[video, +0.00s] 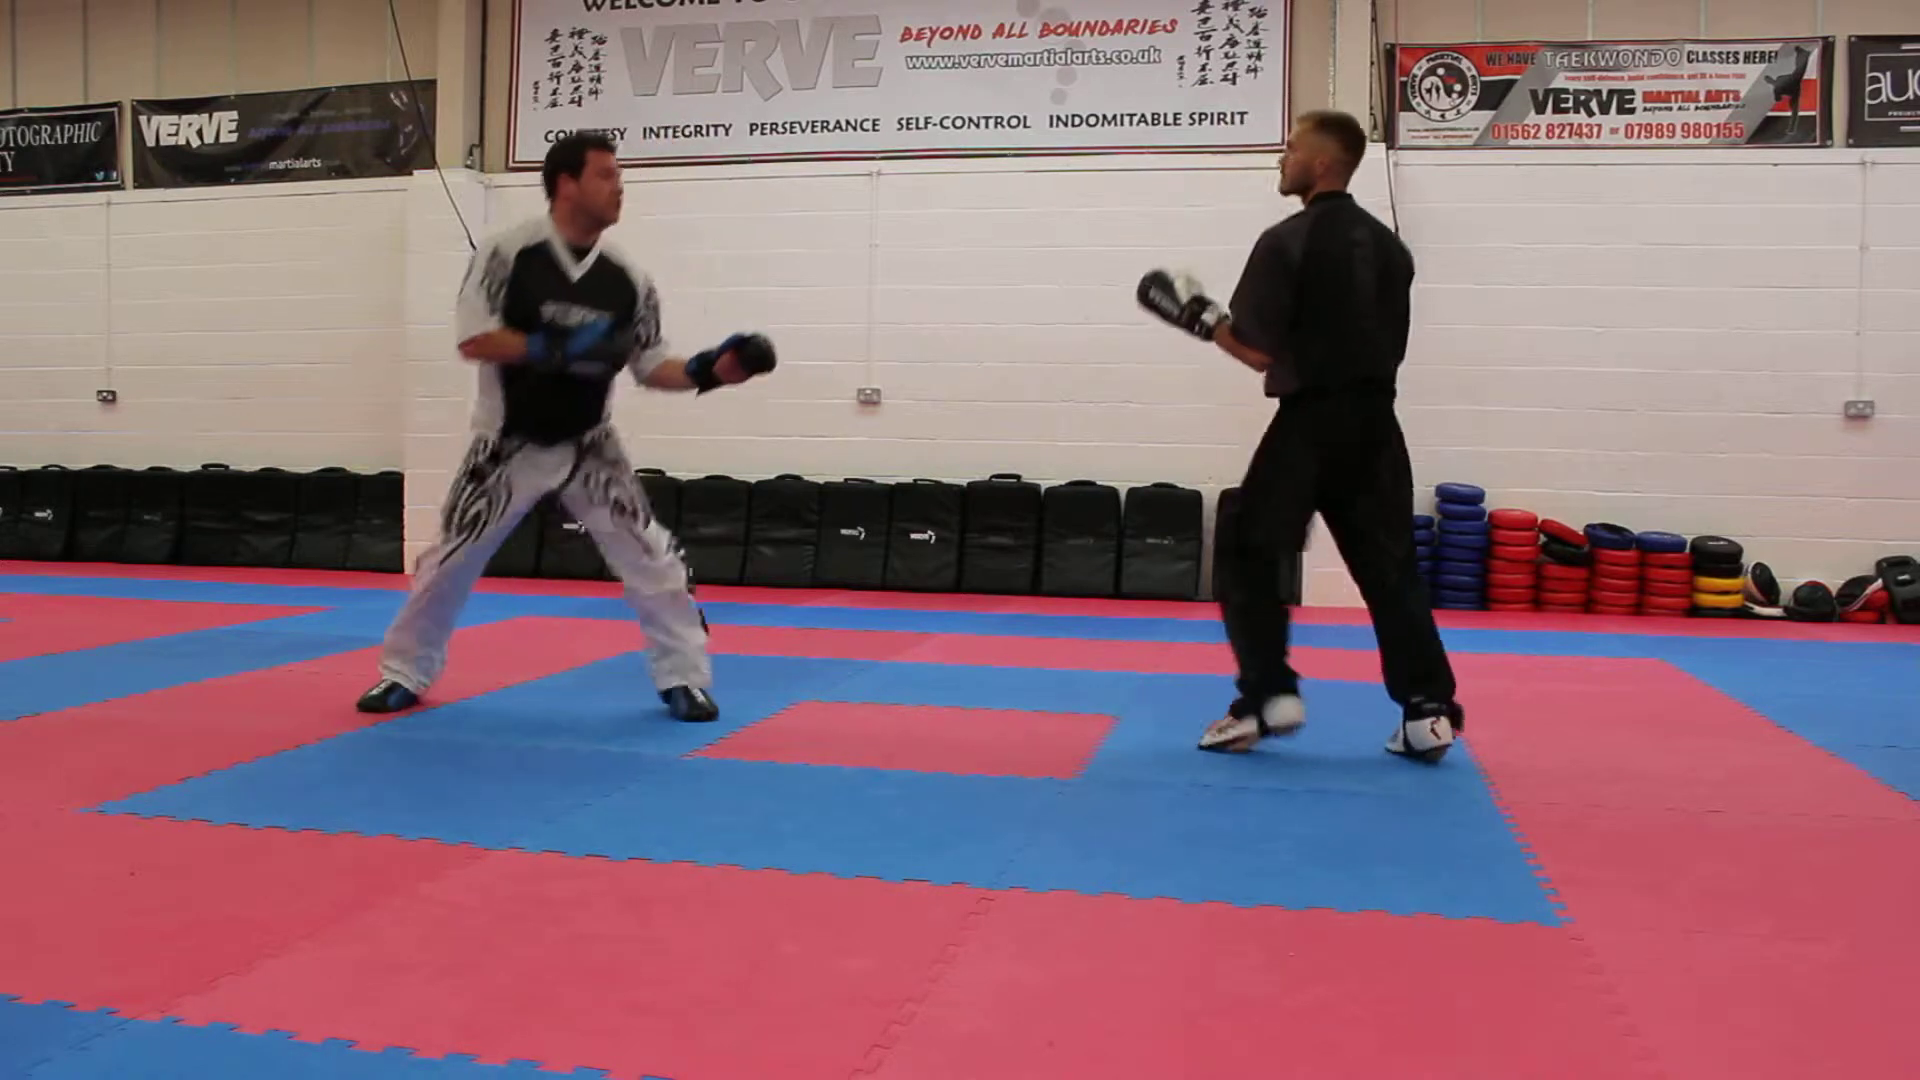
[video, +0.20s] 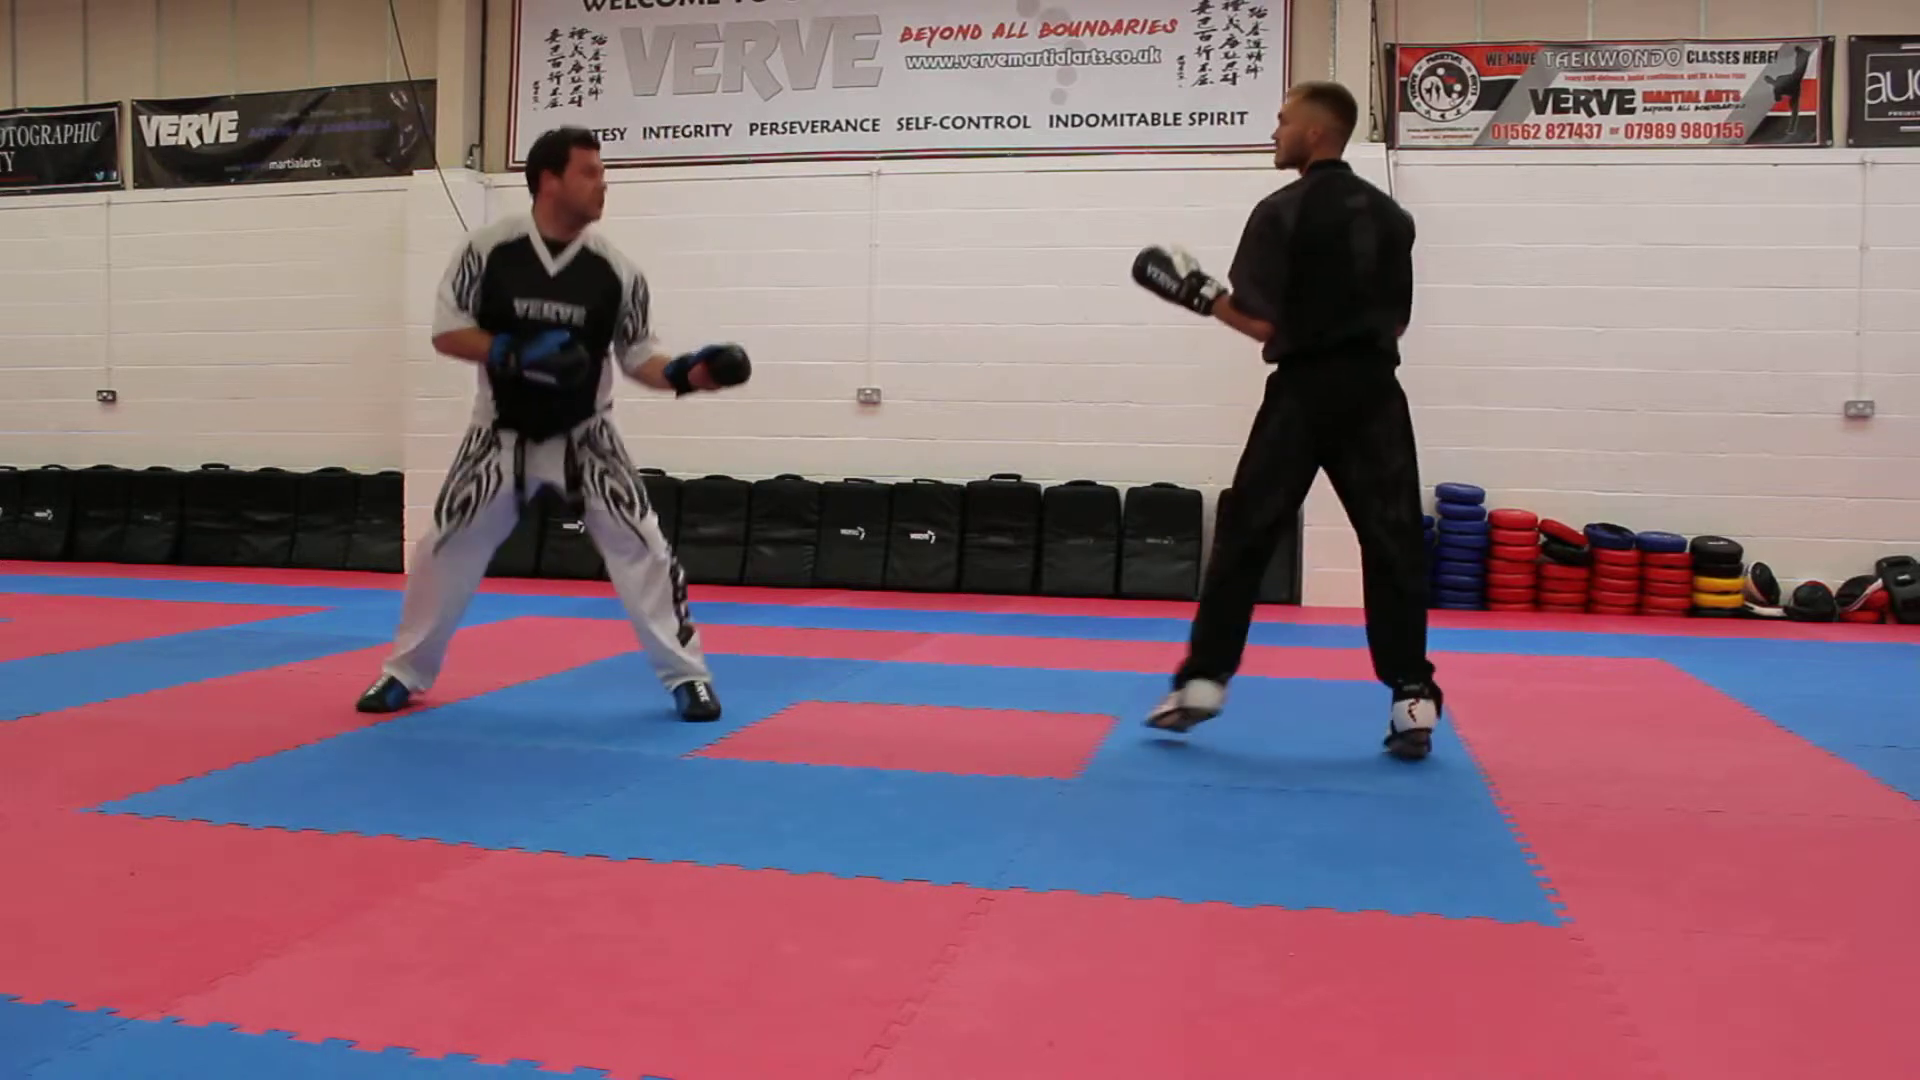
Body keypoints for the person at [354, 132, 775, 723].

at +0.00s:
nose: (619, 187)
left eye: (619, 176)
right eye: (606, 176)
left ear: (607, 187)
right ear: (564, 186)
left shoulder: (629, 281)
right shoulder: (505, 254)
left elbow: (651, 368)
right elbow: (473, 340)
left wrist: (709, 372)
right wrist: (551, 346)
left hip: (590, 449)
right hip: (507, 448)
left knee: (653, 561)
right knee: (452, 562)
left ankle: (683, 680)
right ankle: (404, 674)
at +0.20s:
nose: (603, 185)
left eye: (602, 173)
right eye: (590, 173)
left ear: (586, 182)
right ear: (547, 181)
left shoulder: (618, 274)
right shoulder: (485, 252)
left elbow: (639, 358)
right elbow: (448, 334)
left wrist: (684, 374)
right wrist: (513, 350)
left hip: (587, 439)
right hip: (499, 438)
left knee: (642, 551)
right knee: (444, 549)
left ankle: (687, 675)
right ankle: (406, 671)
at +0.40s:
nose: (608, 191)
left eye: (607, 180)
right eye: (595, 180)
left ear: (592, 187)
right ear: (552, 187)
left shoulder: (626, 273)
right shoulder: (491, 259)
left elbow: (654, 359)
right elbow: (457, 344)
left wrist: (699, 366)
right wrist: (516, 360)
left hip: (596, 443)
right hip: (511, 442)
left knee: (654, 556)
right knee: (450, 550)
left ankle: (700, 676)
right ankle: (410, 662)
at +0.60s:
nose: (602, 199)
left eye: (602, 188)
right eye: (590, 187)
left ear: (597, 194)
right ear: (548, 194)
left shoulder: (621, 279)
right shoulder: (489, 265)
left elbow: (649, 365)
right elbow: (455, 350)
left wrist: (691, 378)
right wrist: (516, 364)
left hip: (597, 446)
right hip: (512, 446)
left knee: (652, 553)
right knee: (445, 551)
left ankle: (704, 674)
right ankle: (412, 663)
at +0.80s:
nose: (593, 214)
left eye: (593, 203)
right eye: (581, 203)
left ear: (581, 208)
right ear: (539, 209)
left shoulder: (613, 294)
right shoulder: (481, 283)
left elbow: (648, 374)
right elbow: (451, 369)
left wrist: (690, 374)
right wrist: (508, 376)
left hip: (591, 460)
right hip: (506, 462)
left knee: (652, 563)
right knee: (434, 560)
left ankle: (703, 677)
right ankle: (401, 666)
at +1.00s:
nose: (504, 208)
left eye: (506, 197)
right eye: (491, 196)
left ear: (503, 204)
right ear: (453, 203)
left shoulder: (528, 282)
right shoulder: (405, 284)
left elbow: (571, 361)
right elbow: (378, 358)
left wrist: (596, 350)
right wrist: (417, 374)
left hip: (520, 444)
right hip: (447, 451)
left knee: (577, 557)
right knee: (382, 554)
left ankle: (676, 669)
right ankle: (415, 669)